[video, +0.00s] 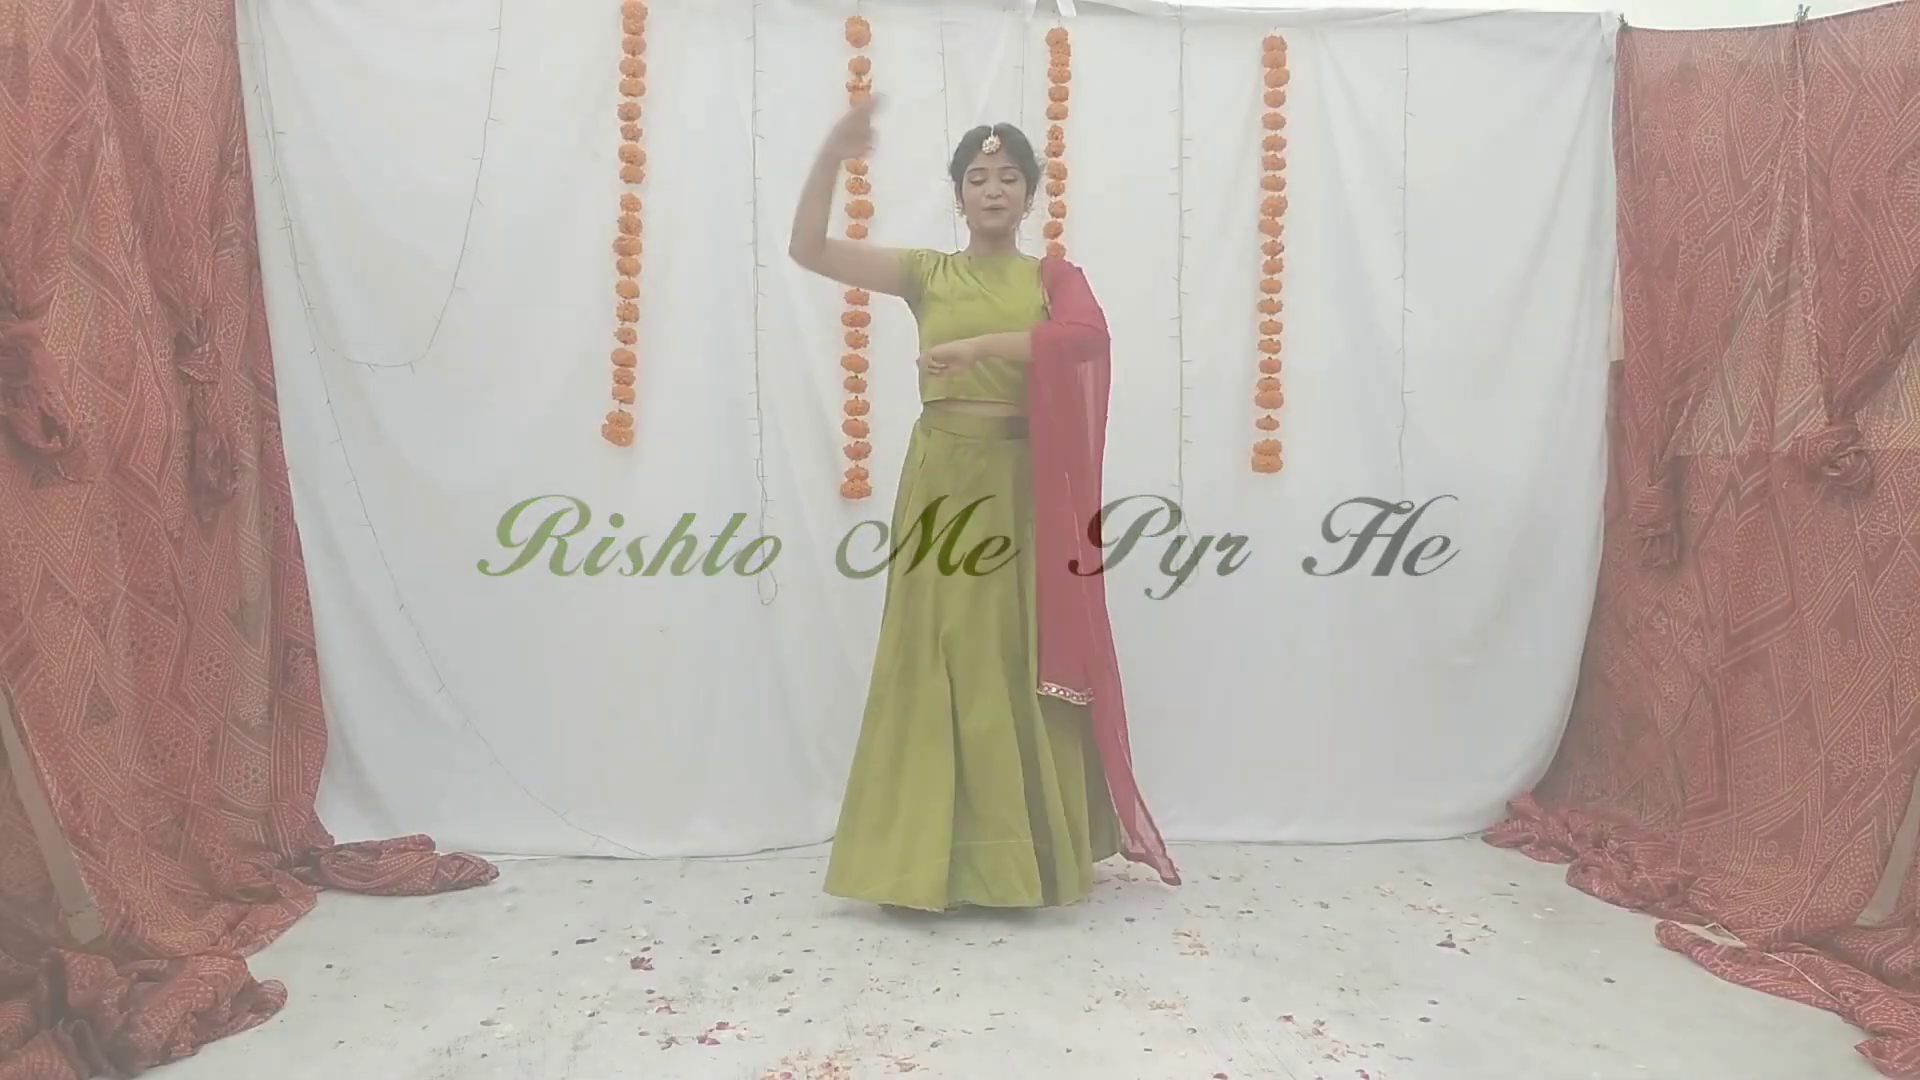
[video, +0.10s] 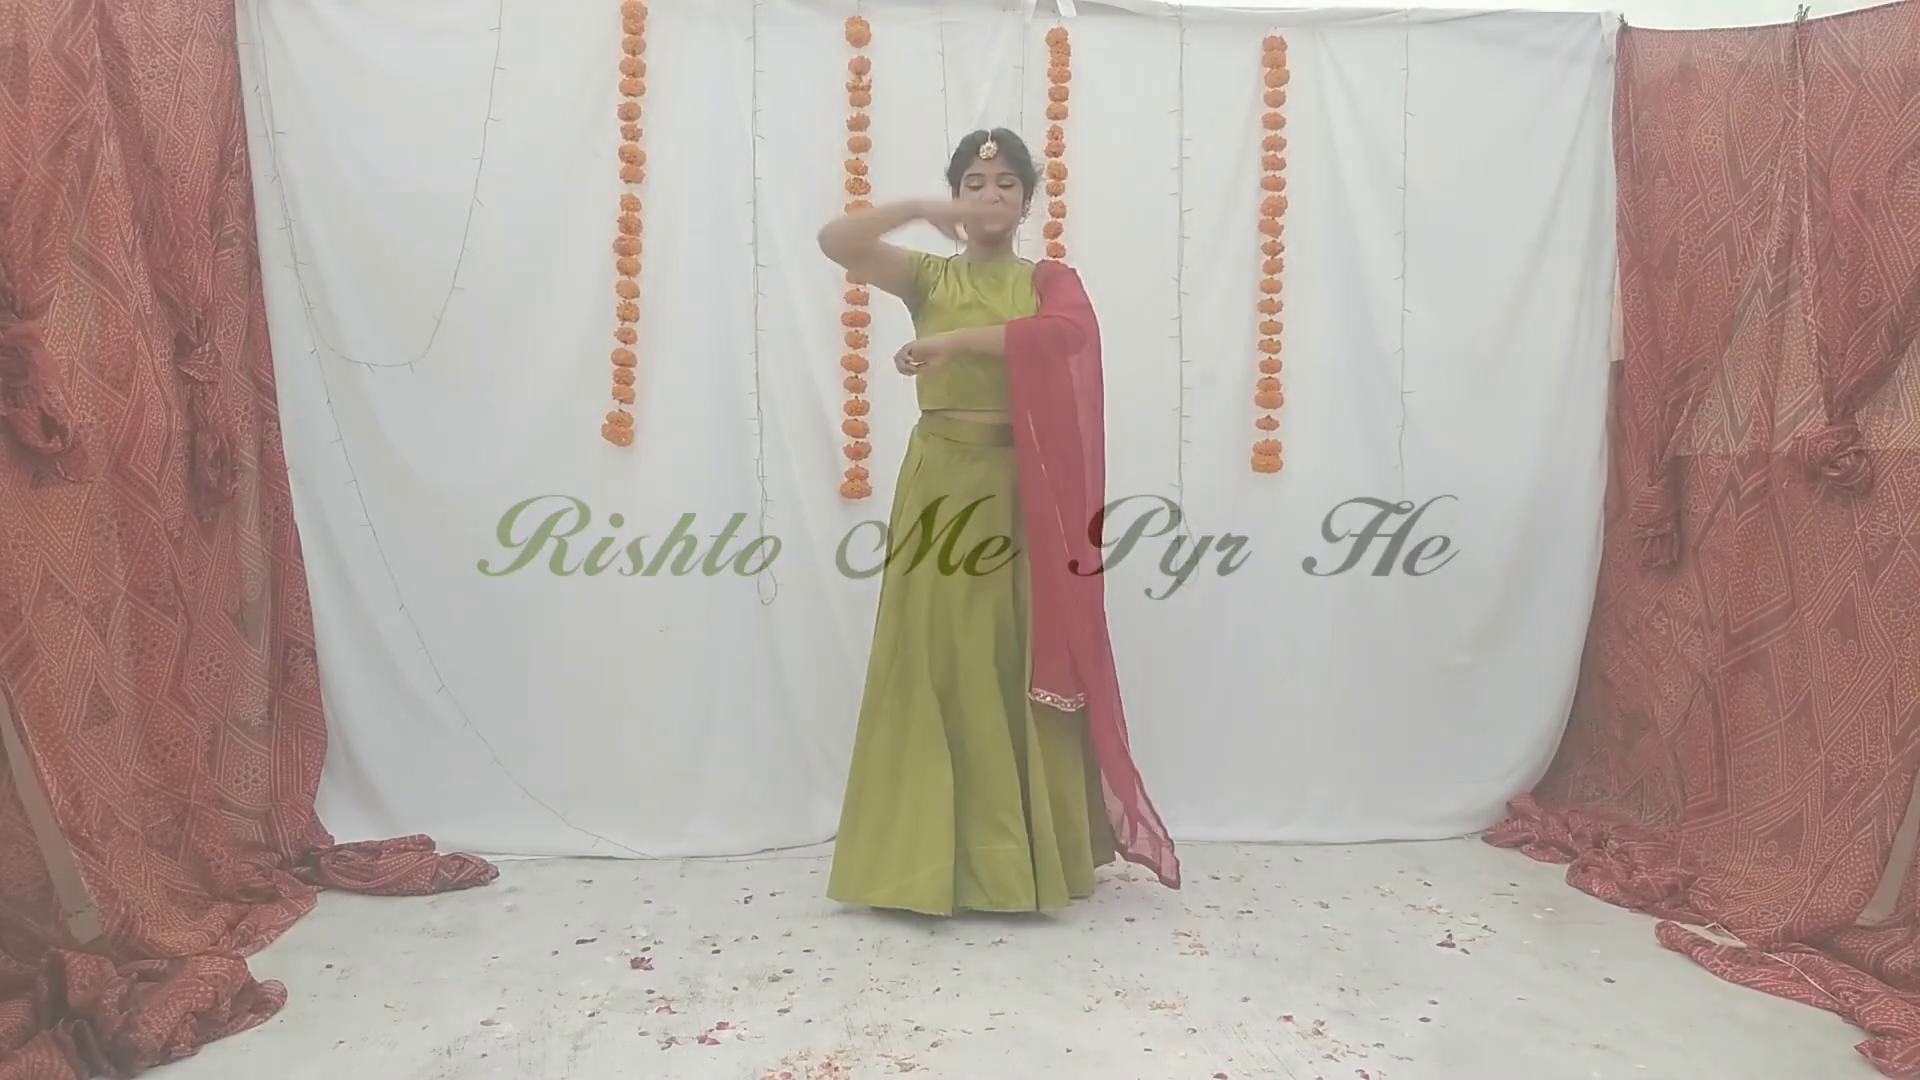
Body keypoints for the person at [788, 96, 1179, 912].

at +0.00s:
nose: (993, 189)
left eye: (1007, 177)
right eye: (979, 176)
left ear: (1029, 194)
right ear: (958, 192)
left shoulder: (1052, 278)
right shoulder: (928, 272)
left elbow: (1089, 341)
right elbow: (810, 248)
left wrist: (981, 348)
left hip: (1025, 475)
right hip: (941, 473)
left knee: (1019, 660)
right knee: (937, 658)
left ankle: (1021, 858)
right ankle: (929, 861)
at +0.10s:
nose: (989, 193)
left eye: (1004, 182)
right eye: (975, 183)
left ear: (1028, 199)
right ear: (954, 202)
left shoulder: (1050, 280)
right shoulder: (930, 278)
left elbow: (1068, 337)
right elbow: (838, 239)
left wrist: (955, 342)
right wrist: (920, 208)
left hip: (1023, 480)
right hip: (938, 476)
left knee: (1017, 662)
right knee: (936, 662)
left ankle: (1024, 859)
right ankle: (930, 860)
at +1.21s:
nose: (958, 181)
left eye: (973, 172)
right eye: (945, 172)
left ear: (997, 194)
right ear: (928, 194)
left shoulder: (1026, 273)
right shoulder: (902, 265)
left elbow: (1108, 225)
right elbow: (829, 175)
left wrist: (1008, 192)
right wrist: (929, 139)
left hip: (1006, 460)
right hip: (921, 456)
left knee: (998, 648)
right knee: (914, 652)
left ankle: (984, 846)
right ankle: (902, 863)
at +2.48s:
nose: (965, 241)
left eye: (981, 229)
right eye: (951, 230)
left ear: (1003, 242)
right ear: (934, 241)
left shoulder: (1012, 326)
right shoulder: (898, 313)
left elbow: (1075, 317)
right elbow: (816, 283)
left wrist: (972, 317)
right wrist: (921, 272)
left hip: (979, 510)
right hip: (897, 508)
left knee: (980, 684)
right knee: (887, 688)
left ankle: (1021, 846)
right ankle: (903, 866)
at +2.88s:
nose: (969, 211)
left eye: (984, 197)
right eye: (953, 195)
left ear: (1003, 204)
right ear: (932, 201)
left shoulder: (1023, 283)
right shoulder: (902, 280)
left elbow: (1094, 211)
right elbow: (817, 300)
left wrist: (1005, 174)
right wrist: (923, 309)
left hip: (989, 487)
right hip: (905, 487)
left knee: (988, 673)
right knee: (910, 673)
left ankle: (983, 882)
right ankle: (916, 867)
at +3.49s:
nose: (976, 198)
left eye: (989, 184)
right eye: (961, 185)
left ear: (1013, 192)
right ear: (944, 191)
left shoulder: (1043, 270)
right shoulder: (919, 268)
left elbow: (1126, 262)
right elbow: (853, 179)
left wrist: (998, 239)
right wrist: (957, 169)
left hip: (1025, 493)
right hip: (932, 490)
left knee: (1014, 692)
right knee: (917, 680)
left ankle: (1010, 880)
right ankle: (917, 904)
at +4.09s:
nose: (1019, 174)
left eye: (1037, 160)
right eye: (1001, 158)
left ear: (1059, 176)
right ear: (975, 171)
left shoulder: (1089, 264)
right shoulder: (948, 271)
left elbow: (1163, 158)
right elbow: (841, 256)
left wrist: (1054, 119)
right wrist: (956, 265)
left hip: (1060, 496)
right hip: (959, 491)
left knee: (1066, 715)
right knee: (950, 713)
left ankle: (1083, 932)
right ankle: (933, 938)